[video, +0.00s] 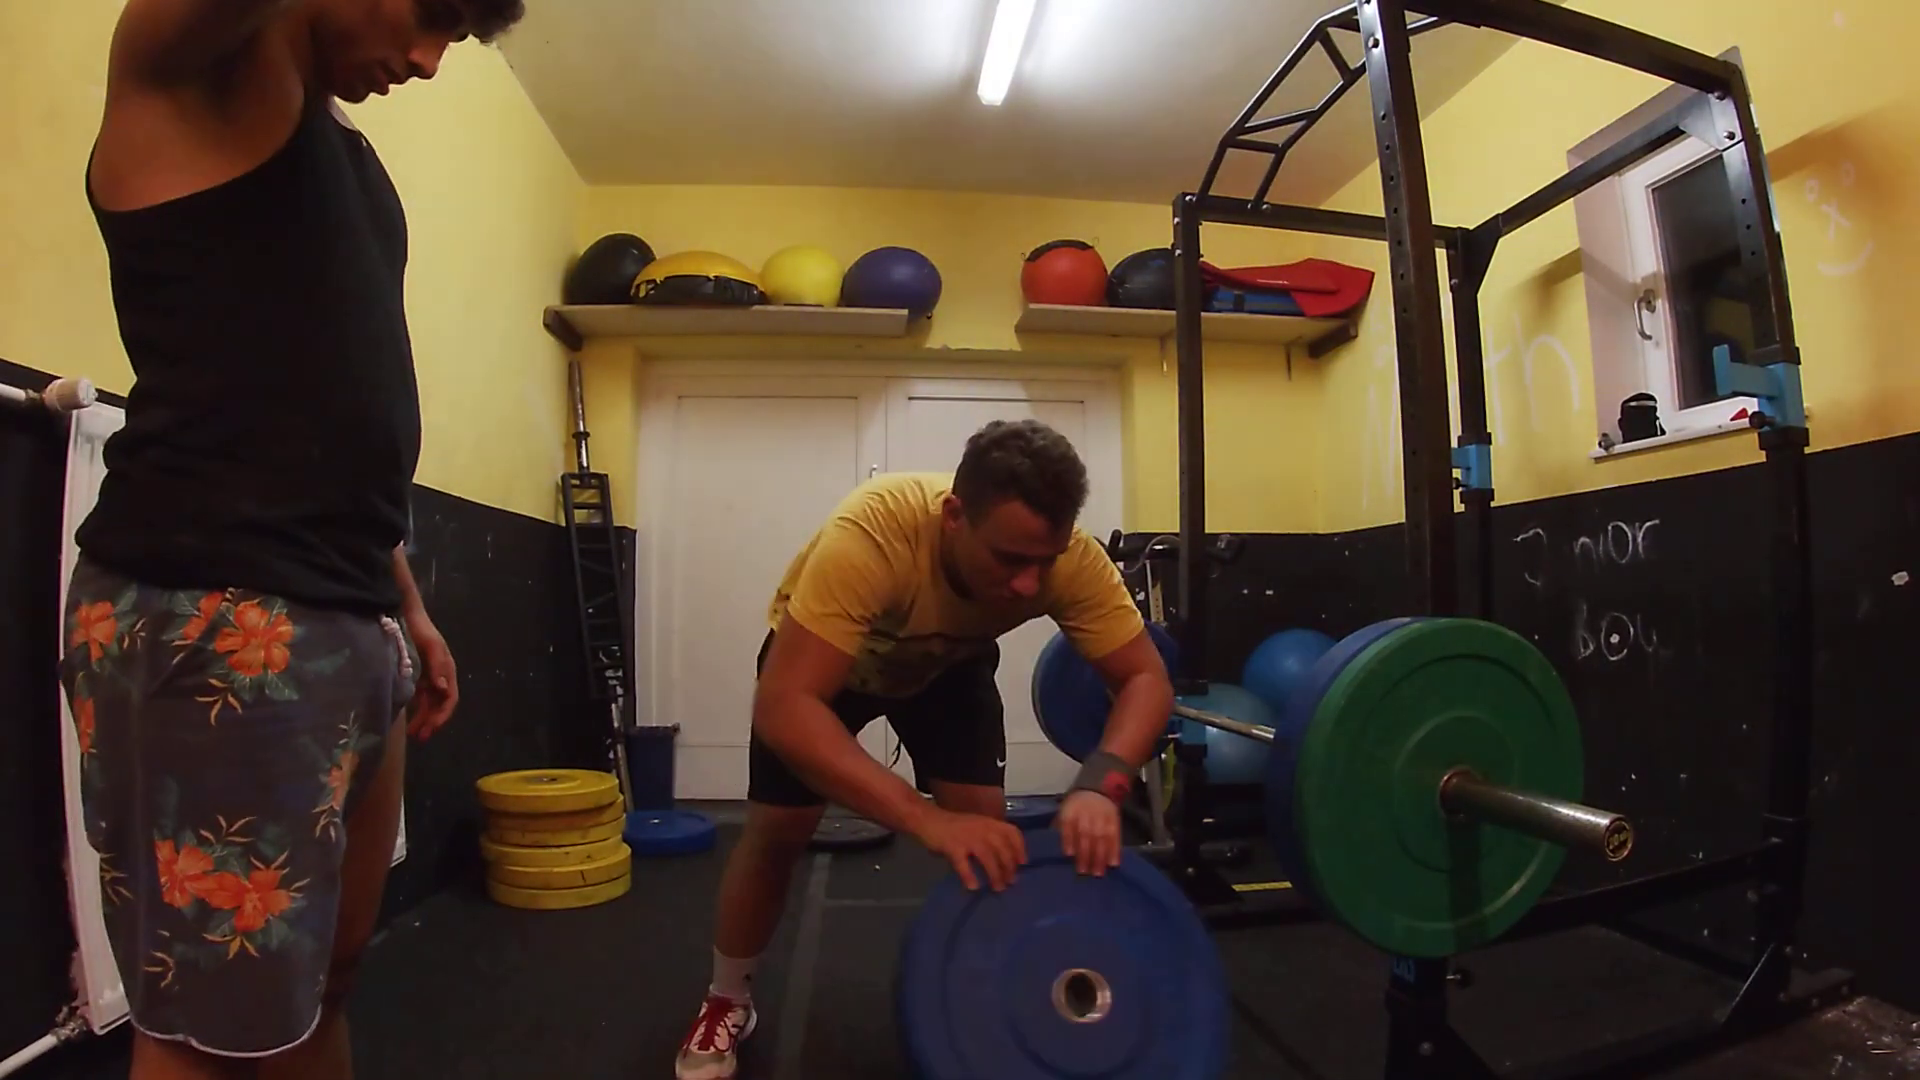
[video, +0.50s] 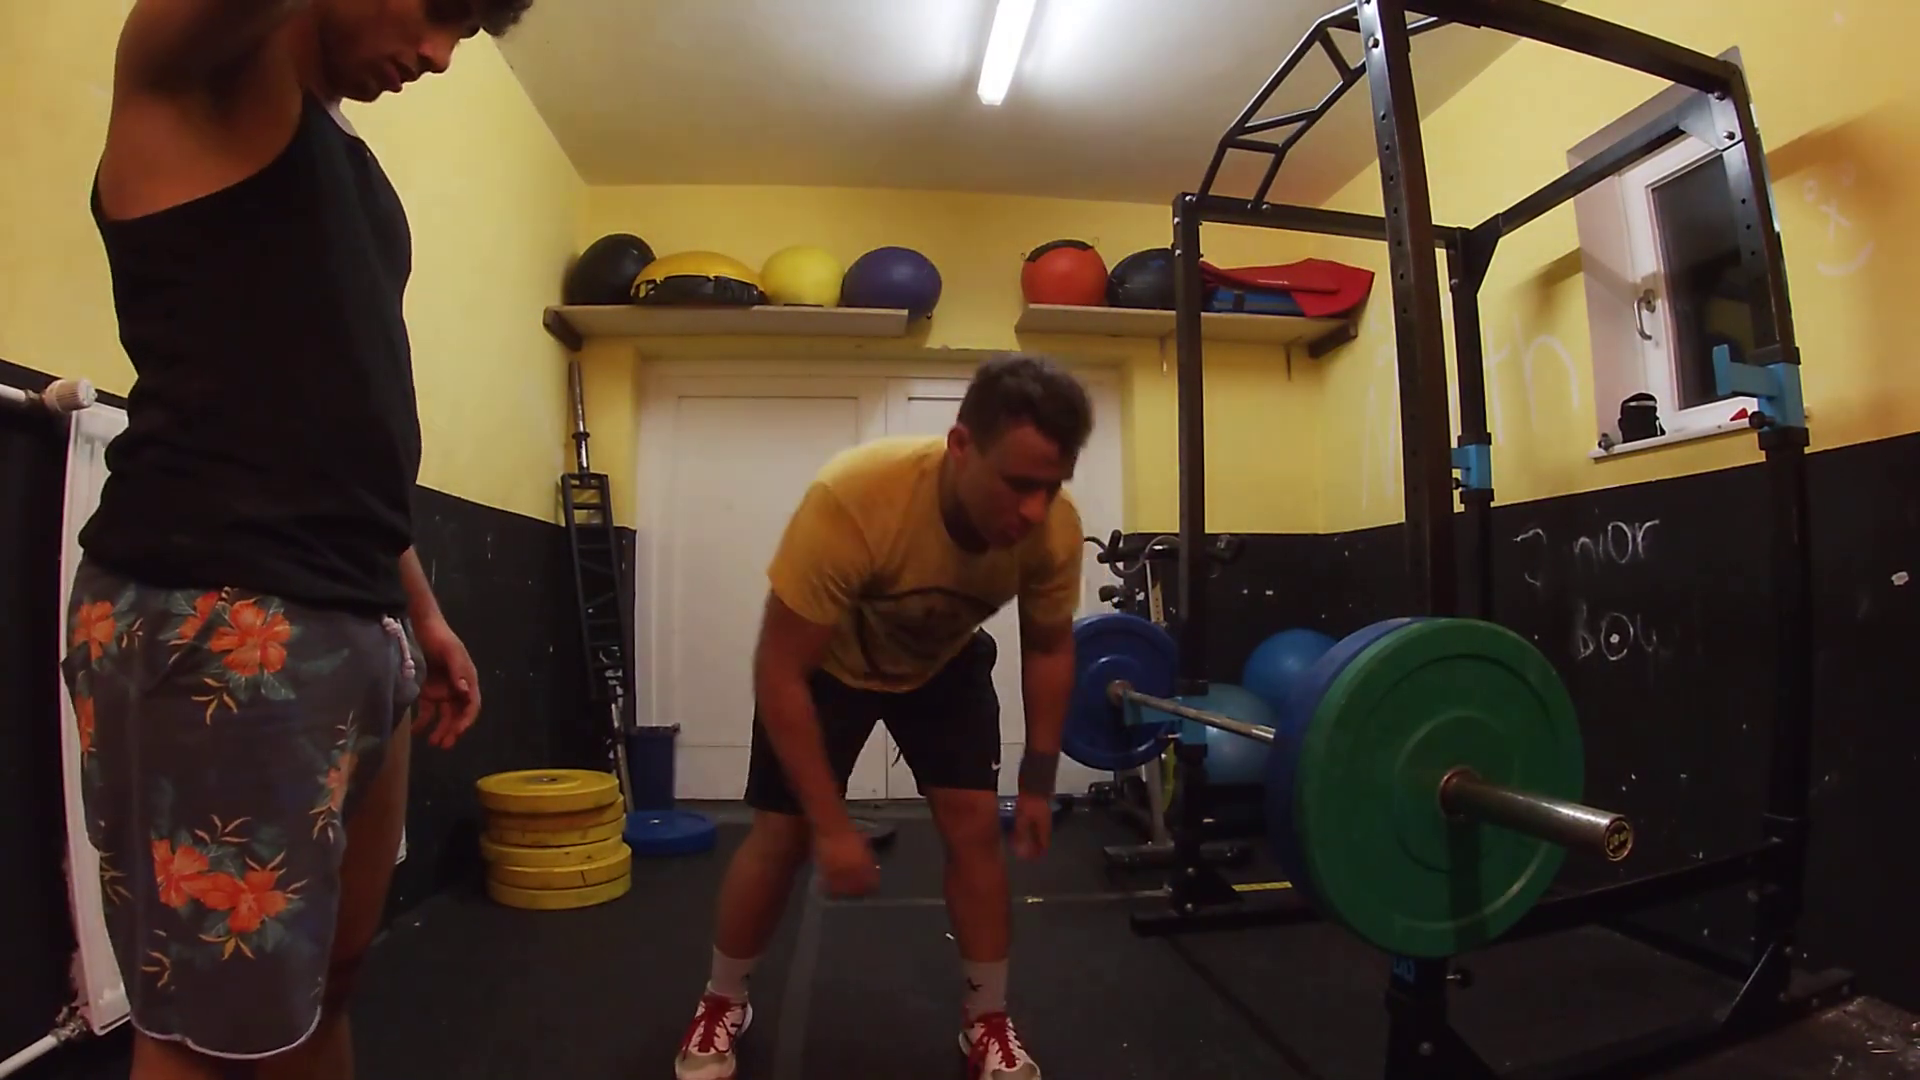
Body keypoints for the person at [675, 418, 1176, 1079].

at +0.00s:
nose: (1028, 582)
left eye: (1045, 561)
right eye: (1009, 560)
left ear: (1063, 535)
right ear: (953, 515)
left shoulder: (1071, 560)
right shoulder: (868, 537)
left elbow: (1147, 681)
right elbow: (782, 707)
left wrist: (1099, 787)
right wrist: (930, 820)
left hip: (950, 664)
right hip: (828, 655)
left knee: (983, 828)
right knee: (780, 827)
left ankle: (990, 1007)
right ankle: (726, 1003)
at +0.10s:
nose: (1037, 587)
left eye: (1054, 567)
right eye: (1019, 564)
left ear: (1073, 543)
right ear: (962, 521)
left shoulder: (1072, 563)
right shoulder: (870, 548)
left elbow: (1137, 694)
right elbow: (835, 735)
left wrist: (1120, 824)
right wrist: (964, 878)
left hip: (951, 661)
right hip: (825, 652)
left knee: (985, 821)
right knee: (781, 829)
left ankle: (998, 1012)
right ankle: (726, 1004)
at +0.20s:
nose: (1038, 585)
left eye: (1055, 566)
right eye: (1020, 562)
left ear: (1074, 543)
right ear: (965, 518)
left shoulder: (1072, 568)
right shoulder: (877, 553)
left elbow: (1109, 708)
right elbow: (883, 747)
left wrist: (1108, 859)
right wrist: (994, 901)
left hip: (955, 662)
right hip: (824, 656)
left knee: (985, 822)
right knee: (785, 830)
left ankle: (988, 1020)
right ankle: (725, 1004)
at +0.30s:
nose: (1036, 578)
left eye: (1053, 557)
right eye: (1018, 553)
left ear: (1073, 536)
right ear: (963, 509)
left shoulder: (1071, 564)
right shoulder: (876, 542)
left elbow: (1087, 707)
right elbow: (868, 743)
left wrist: (1073, 864)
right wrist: (999, 883)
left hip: (953, 664)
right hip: (825, 655)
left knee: (984, 821)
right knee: (784, 831)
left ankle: (986, 1021)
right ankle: (726, 1005)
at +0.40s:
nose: (1035, 550)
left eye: (1053, 529)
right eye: (1018, 525)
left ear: (1070, 513)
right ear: (962, 483)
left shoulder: (1063, 551)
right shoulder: (867, 525)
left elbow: (1065, 687)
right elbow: (826, 717)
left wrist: (1050, 832)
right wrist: (930, 858)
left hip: (950, 664)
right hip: (828, 651)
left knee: (980, 817)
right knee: (783, 831)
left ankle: (989, 1022)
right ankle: (724, 1003)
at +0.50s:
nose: (1034, 511)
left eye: (1051, 490)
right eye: (1017, 484)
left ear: (1067, 475)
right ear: (960, 446)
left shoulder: (1051, 528)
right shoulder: (850, 502)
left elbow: (1050, 645)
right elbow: (778, 669)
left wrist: (1038, 781)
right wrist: (832, 826)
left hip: (945, 664)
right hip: (828, 661)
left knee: (975, 826)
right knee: (779, 835)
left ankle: (989, 1024)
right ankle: (721, 1005)